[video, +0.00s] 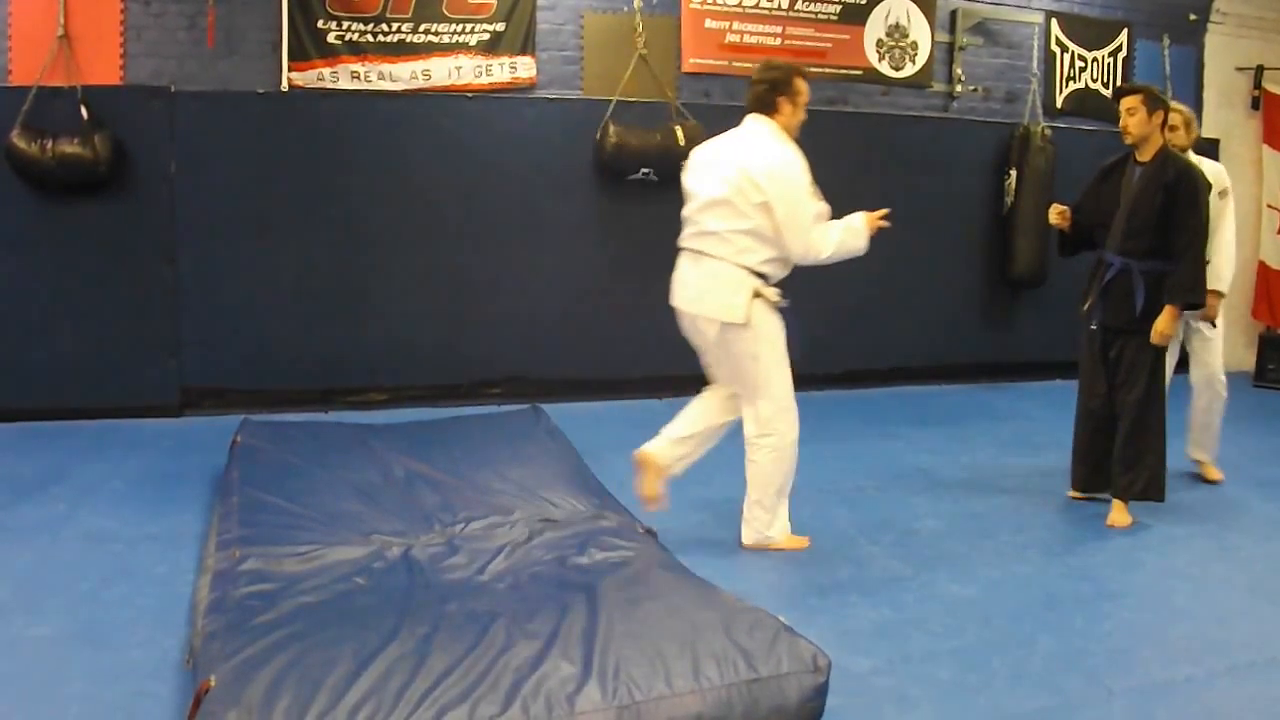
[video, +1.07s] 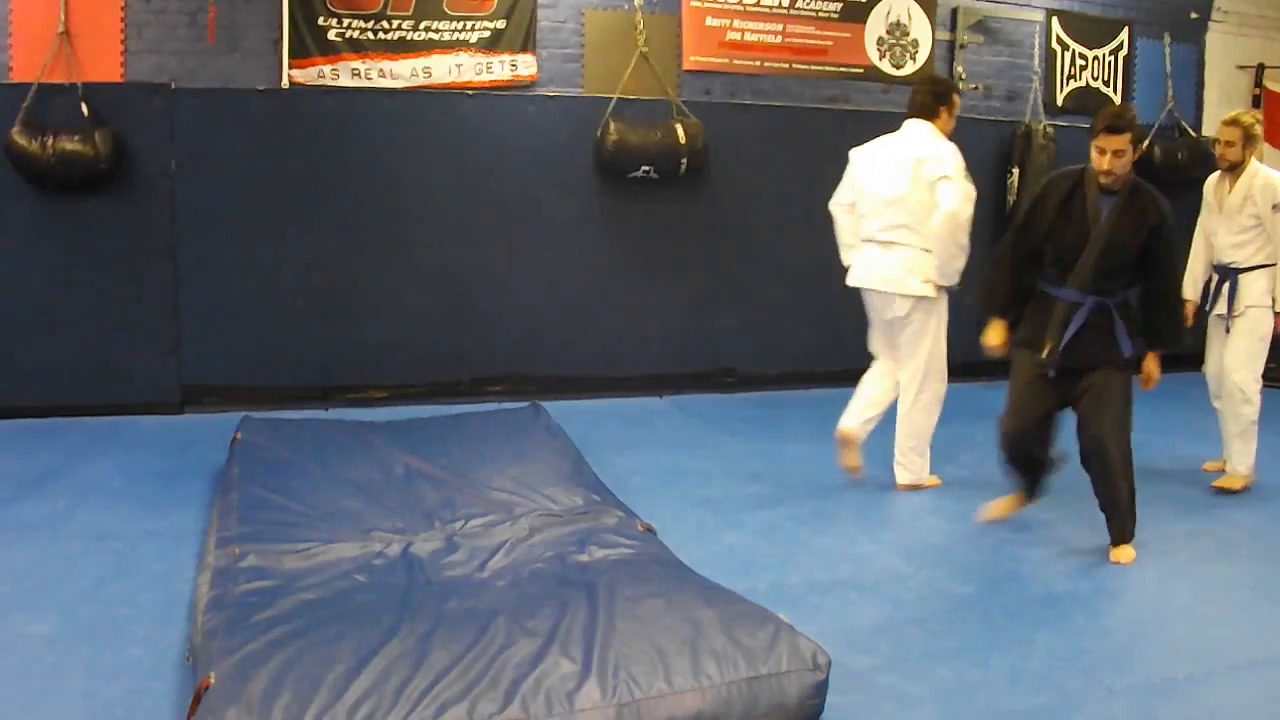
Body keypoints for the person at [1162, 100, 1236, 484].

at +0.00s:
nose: (1171, 135)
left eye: (1177, 129)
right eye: (1166, 128)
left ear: (1191, 132)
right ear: (1157, 132)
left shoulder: (1213, 174)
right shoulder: (1145, 174)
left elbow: (1222, 236)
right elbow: (1133, 233)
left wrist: (1215, 289)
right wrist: (1138, 286)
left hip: (1202, 293)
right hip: (1158, 290)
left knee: (1211, 378)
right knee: (1151, 377)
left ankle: (1203, 454)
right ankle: (1136, 458)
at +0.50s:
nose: (1211, 144)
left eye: (1219, 138)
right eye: (1210, 137)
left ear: (1242, 142)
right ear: (1212, 140)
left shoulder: (1266, 184)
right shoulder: (1205, 177)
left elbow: (1258, 250)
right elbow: (1192, 235)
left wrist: (1230, 304)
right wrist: (1186, 290)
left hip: (1252, 293)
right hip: (1207, 288)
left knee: (1254, 387)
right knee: (1184, 370)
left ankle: (1247, 472)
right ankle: (1162, 453)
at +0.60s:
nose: (1217, 142)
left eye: (1225, 136)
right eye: (1216, 135)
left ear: (1248, 140)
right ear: (1218, 137)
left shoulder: (1269, 182)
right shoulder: (1212, 176)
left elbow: (1272, 250)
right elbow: (1201, 234)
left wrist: (1252, 306)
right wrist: (1191, 288)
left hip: (1253, 292)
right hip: (1210, 290)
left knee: (1253, 388)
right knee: (1189, 367)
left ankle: (1246, 471)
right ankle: (1197, 450)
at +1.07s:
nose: (1221, 150)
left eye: (1230, 144)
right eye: (1218, 142)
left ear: (1250, 147)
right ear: (1216, 143)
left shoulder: (1268, 184)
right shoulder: (1213, 184)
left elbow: (1277, 247)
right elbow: (1203, 239)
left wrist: (1278, 304)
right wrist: (1191, 292)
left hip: (1259, 288)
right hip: (1221, 286)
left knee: (1239, 376)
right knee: (1215, 373)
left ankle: (1241, 468)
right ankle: (1232, 456)